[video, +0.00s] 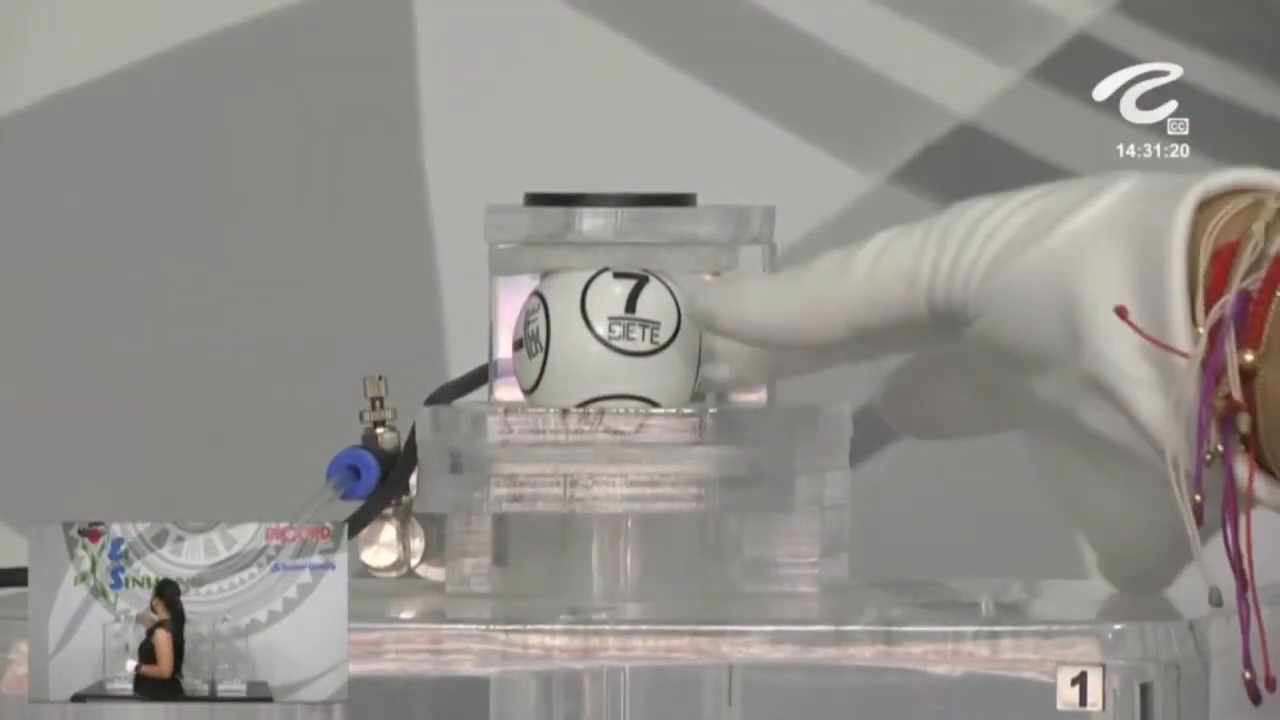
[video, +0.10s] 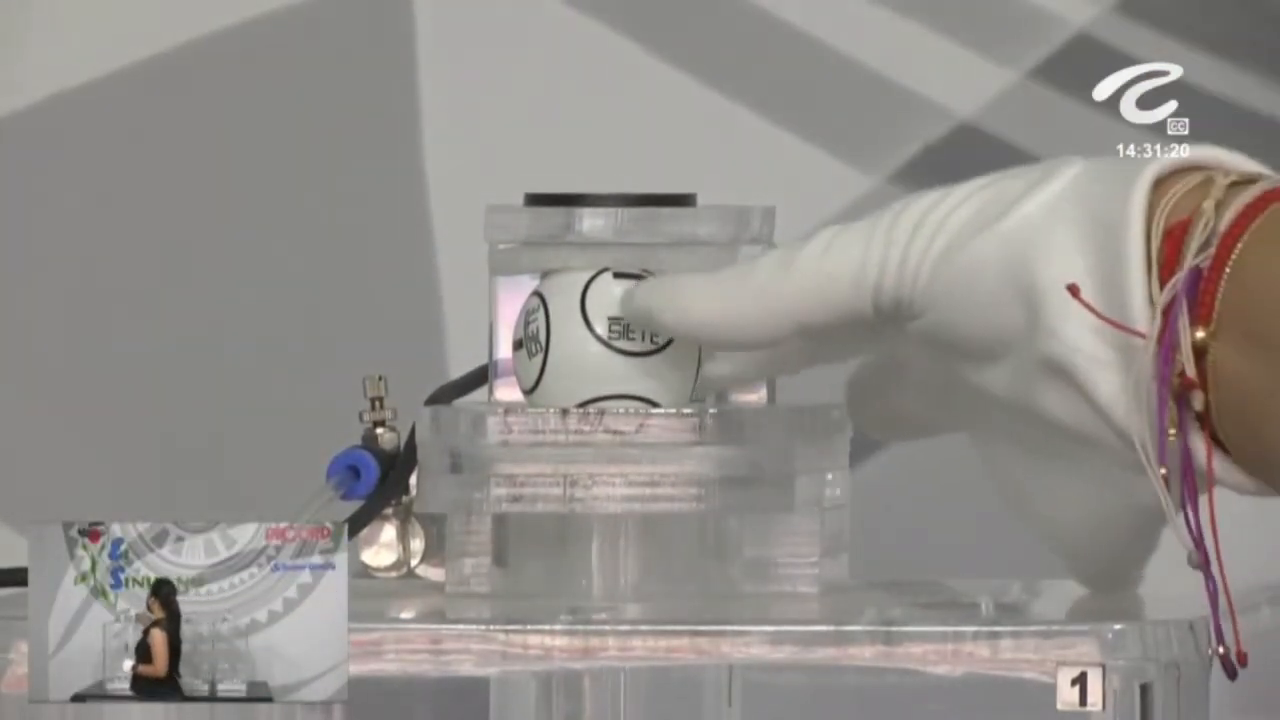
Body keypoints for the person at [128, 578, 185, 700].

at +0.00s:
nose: (151, 601)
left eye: (153, 597)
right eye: (153, 597)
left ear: (158, 600)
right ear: (173, 600)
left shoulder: (161, 631)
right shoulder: (175, 626)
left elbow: (165, 671)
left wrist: (139, 668)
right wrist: (149, 625)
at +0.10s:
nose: (147, 600)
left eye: (149, 596)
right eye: (149, 596)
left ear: (154, 600)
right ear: (170, 599)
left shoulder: (157, 630)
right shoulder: (171, 625)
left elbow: (160, 670)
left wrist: (136, 668)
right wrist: (147, 622)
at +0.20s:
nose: (145, 600)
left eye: (146, 597)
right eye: (146, 596)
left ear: (150, 600)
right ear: (167, 600)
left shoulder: (154, 630)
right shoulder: (169, 625)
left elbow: (157, 670)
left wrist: (133, 667)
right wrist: (145, 622)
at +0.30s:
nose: (142, 600)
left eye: (144, 597)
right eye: (143, 597)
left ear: (148, 600)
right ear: (165, 600)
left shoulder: (152, 631)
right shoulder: (168, 627)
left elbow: (155, 671)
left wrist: (132, 669)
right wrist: (144, 621)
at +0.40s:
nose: (141, 600)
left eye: (143, 596)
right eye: (142, 596)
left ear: (147, 600)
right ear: (163, 600)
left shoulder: (150, 631)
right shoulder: (167, 627)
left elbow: (155, 671)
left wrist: (132, 668)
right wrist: (144, 621)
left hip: (151, 698)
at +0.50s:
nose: (140, 600)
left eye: (142, 597)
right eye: (141, 596)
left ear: (147, 600)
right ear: (162, 599)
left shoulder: (150, 631)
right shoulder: (167, 627)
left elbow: (154, 671)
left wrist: (132, 669)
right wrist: (143, 622)